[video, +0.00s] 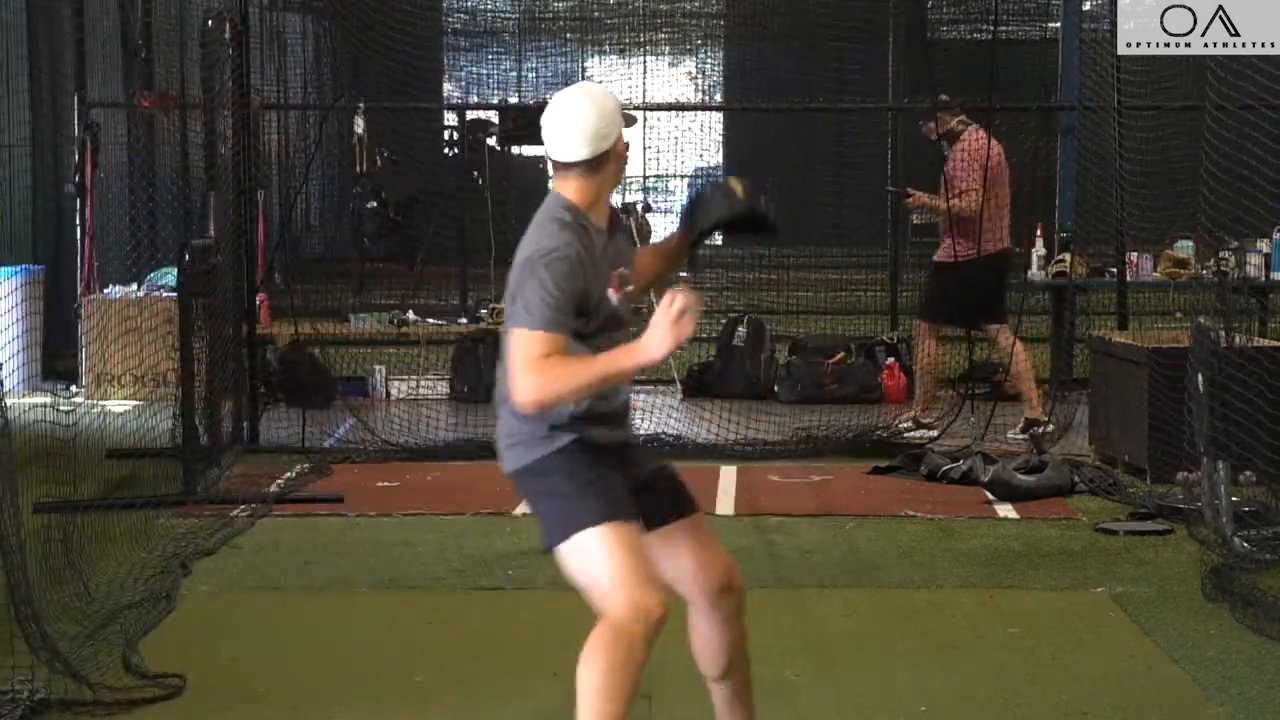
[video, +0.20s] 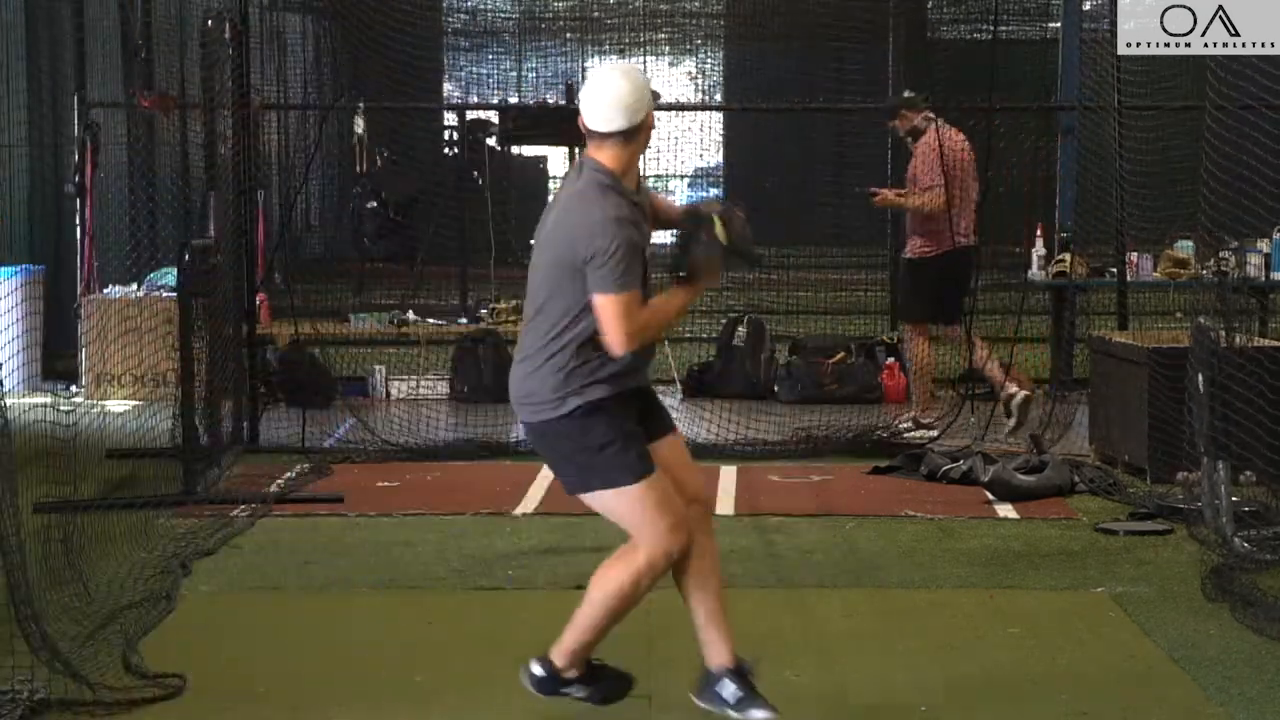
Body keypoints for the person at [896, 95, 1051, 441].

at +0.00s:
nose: (929, 133)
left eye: (930, 126)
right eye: (927, 127)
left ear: (946, 119)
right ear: (957, 116)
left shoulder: (964, 149)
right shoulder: (989, 144)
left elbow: (969, 206)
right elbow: (986, 206)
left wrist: (927, 202)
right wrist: (934, 208)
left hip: (960, 259)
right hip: (992, 256)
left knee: (926, 330)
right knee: (999, 332)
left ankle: (924, 416)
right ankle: (1035, 414)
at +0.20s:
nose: (897, 129)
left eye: (897, 122)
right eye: (894, 124)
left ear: (911, 115)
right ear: (924, 112)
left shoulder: (928, 143)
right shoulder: (959, 140)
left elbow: (935, 201)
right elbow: (970, 195)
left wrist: (895, 199)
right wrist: (906, 196)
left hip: (927, 252)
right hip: (959, 249)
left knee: (915, 331)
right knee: (954, 328)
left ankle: (923, 415)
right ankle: (1009, 388)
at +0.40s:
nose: (867, 127)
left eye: (867, 120)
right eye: (864, 121)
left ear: (879, 113)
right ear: (894, 108)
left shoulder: (898, 141)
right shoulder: (928, 134)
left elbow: (899, 200)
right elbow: (942, 191)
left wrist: (867, 195)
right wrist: (883, 188)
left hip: (909, 249)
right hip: (932, 243)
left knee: (908, 330)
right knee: (912, 328)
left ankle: (922, 413)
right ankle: (934, 401)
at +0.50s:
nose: (852, 121)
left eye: (855, 113)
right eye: (849, 115)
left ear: (874, 107)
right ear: (877, 109)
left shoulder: (884, 141)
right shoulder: (915, 138)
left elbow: (887, 197)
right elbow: (928, 196)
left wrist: (850, 198)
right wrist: (865, 194)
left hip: (900, 248)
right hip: (922, 244)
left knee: (898, 329)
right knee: (896, 328)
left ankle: (917, 412)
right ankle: (899, 409)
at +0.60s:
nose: (843, 117)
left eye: (847, 109)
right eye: (840, 111)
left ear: (867, 106)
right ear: (868, 112)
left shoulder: (871, 143)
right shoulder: (899, 138)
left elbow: (873, 198)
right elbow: (910, 197)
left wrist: (840, 201)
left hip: (888, 250)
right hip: (907, 246)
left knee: (890, 332)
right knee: (876, 332)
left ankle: (922, 412)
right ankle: (855, 405)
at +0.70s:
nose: (834, 114)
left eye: (840, 107)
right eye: (831, 109)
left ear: (860, 107)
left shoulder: (862, 143)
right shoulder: (882, 140)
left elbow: (861, 200)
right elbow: (884, 198)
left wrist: (826, 201)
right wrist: (835, 198)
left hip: (874, 252)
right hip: (886, 249)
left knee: (882, 332)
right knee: (862, 331)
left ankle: (918, 410)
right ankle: (838, 406)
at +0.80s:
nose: (825, 114)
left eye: (830, 107)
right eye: (822, 109)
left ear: (849, 107)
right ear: (824, 112)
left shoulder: (853, 143)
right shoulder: (867, 140)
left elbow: (852, 199)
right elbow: (864, 197)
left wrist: (816, 199)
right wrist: (824, 198)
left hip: (859, 254)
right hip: (866, 251)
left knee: (865, 332)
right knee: (848, 331)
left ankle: (914, 406)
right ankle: (829, 408)